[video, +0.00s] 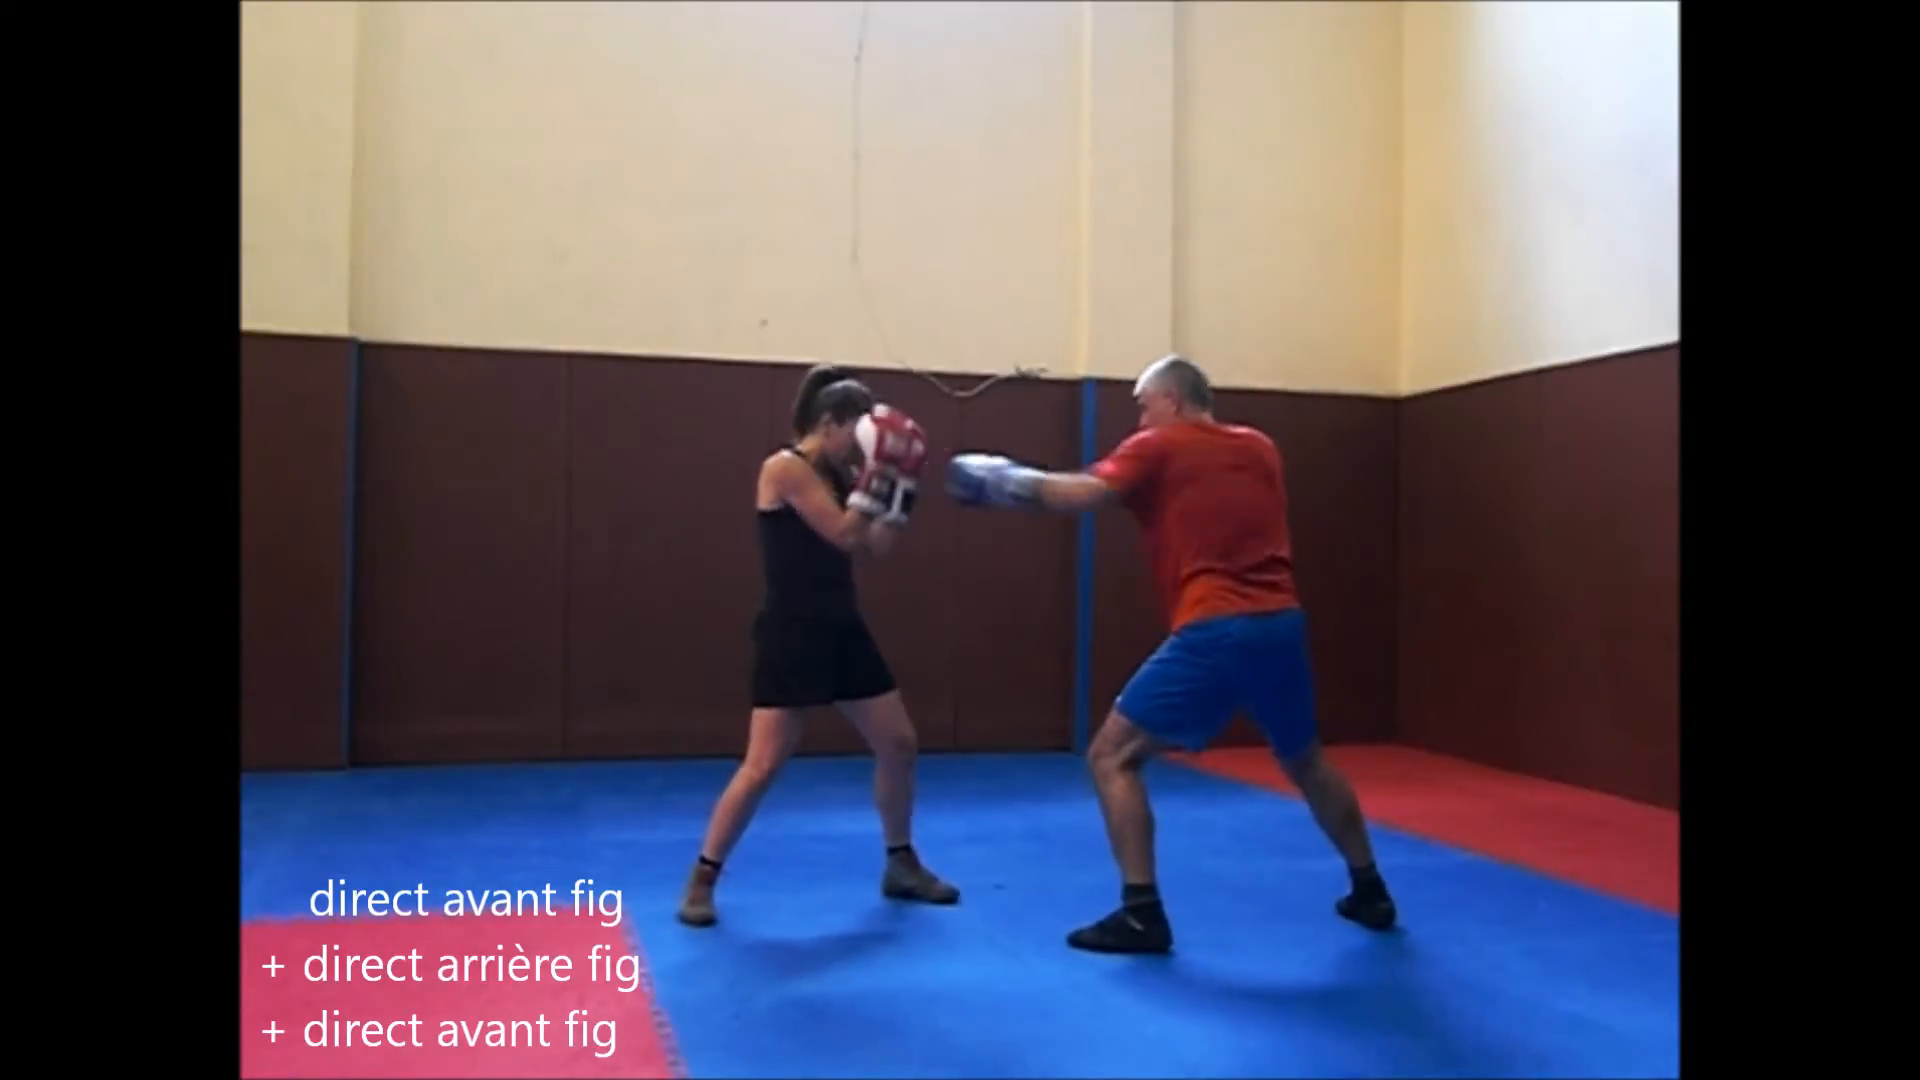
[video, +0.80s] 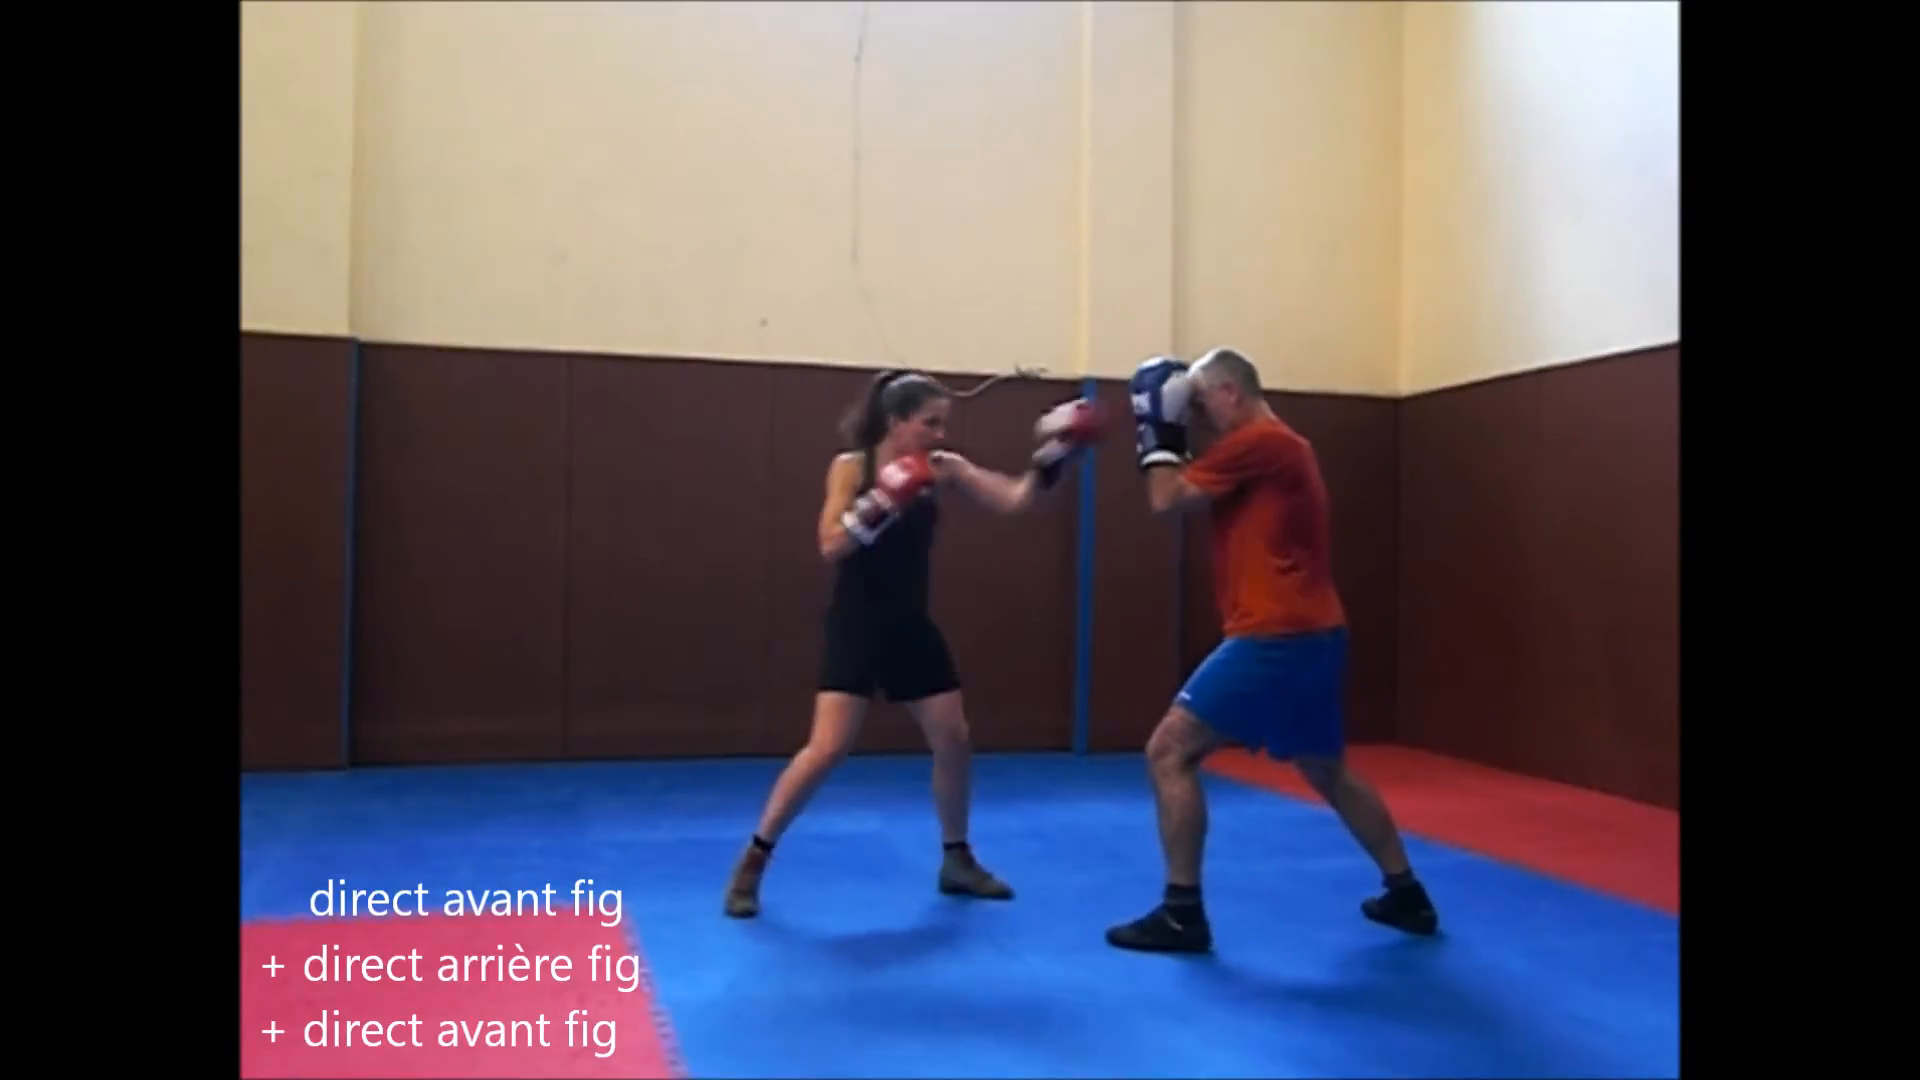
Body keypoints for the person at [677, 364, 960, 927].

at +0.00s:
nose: (860, 442)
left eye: (864, 432)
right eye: (857, 430)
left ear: (838, 425)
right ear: (828, 422)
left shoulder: (834, 475)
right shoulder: (784, 469)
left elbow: (879, 539)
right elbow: (844, 532)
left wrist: (899, 483)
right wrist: (878, 476)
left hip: (840, 634)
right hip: (790, 636)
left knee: (897, 743)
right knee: (762, 765)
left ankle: (901, 865)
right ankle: (702, 879)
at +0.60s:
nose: (894, 421)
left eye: (898, 411)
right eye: (885, 410)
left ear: (877, 415)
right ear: (850, 410)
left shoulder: (883, 460)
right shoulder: (810, 457)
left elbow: (922, 521)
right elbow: (837, 532)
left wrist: (955, 485)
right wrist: (888, 483)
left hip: (878, 616)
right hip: (820, 622)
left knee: (949, 712)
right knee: (791, 744)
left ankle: (959, 830)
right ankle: (744, 863)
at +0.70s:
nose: (913, 427)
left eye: (916, 416)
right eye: (902, 416)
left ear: (915, 419)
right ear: (863, 416)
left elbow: (1001, 465)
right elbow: (817, 539)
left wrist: (1058, 446)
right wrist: (867, 491)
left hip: (897, 617)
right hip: (839, 618)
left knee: (942, 734)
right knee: (808, 739)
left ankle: (959, 855)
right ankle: (747, 861)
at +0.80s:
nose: (941, 433)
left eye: (944, 423)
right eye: (932, 422)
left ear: (933, 423)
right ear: (897, 422)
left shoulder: (940, 467)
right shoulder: (852, 469)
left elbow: (1015, 498)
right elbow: (831, 544)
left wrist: (1051, 457)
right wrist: (881, 501)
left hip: (912, 627)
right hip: (857, 626)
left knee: (953, 738)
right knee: (826, 748)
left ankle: (958, 861)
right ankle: (754, 861)